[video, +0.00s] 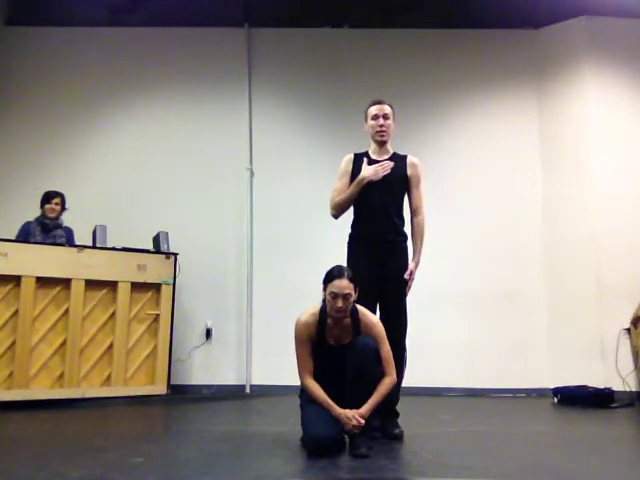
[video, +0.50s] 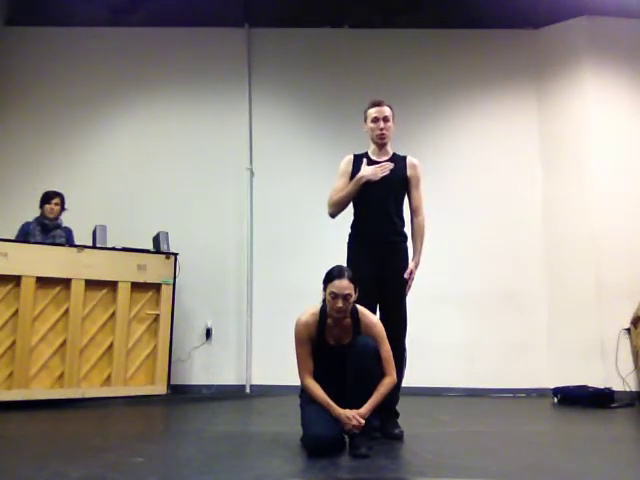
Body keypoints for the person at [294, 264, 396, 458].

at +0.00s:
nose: (339, 304)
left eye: (346, 297)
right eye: (333, 296)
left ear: (355, 295)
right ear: (324, 293)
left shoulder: (370, 323)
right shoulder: (306, 324)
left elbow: (391, 377)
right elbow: (306, 378)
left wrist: (362, 413)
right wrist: (338, 413)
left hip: (356, 392)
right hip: (321, 394)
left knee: (365, 346)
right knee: (321, 444)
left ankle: (360, 433)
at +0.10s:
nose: (340, 304)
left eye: (346, 297)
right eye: (333, 296)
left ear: (355, 295)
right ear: (324, 293)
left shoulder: (370, 323)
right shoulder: (306, 324)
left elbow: (391, 377)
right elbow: (306, 378)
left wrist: (362, 413)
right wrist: (338, 413)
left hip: (356, 393)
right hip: (321, 394)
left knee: (365, 346)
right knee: (321, 444)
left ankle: (360, 433)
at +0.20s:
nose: (340, 304)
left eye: (346, 297)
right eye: (333, 296)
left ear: (355, 295)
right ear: (324, 293)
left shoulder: (370, 324)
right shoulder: (306, 324)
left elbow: (391, 377)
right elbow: (306, 378)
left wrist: (362, 413)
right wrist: (338, 413)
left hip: (356, 393)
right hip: (321, 394)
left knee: (365, 346)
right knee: (322, 444)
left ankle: (360, 433)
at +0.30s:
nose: (340, 304)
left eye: (346, 297)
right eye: (333, 296)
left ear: (355, 295)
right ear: (324, 293)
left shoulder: (370, 324)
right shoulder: (306, 324)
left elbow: (391, 377)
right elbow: (306, 378)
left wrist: (362, 413)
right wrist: (338, 413)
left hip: (356, 393)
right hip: (321, 394)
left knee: (365, 346)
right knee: (322, 444)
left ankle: (360, 433)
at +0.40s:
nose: (340, 304)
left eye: (346, 297)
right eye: (333, 296)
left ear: (355, 295)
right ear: (324, 293)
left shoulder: (370, 324)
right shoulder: (306, 324)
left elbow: (391, 377)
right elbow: (306, 378)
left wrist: (362, 413)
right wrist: (338, 413)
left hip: (356, 393)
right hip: (321, 394)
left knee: (365, 346)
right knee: (322, 444)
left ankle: (360, 433)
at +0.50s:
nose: (339, 304)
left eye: (346, 298)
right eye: (333, 297)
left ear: (355, 296)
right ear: (324, 293)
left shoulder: (370, 324)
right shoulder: (306, 324)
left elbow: (391, 377)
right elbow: (306, 378)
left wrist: (362, 413)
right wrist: (339, 413)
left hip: (356, 393)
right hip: (321, 395)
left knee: (365, 346)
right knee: (321, 444)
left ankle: (360, 433)